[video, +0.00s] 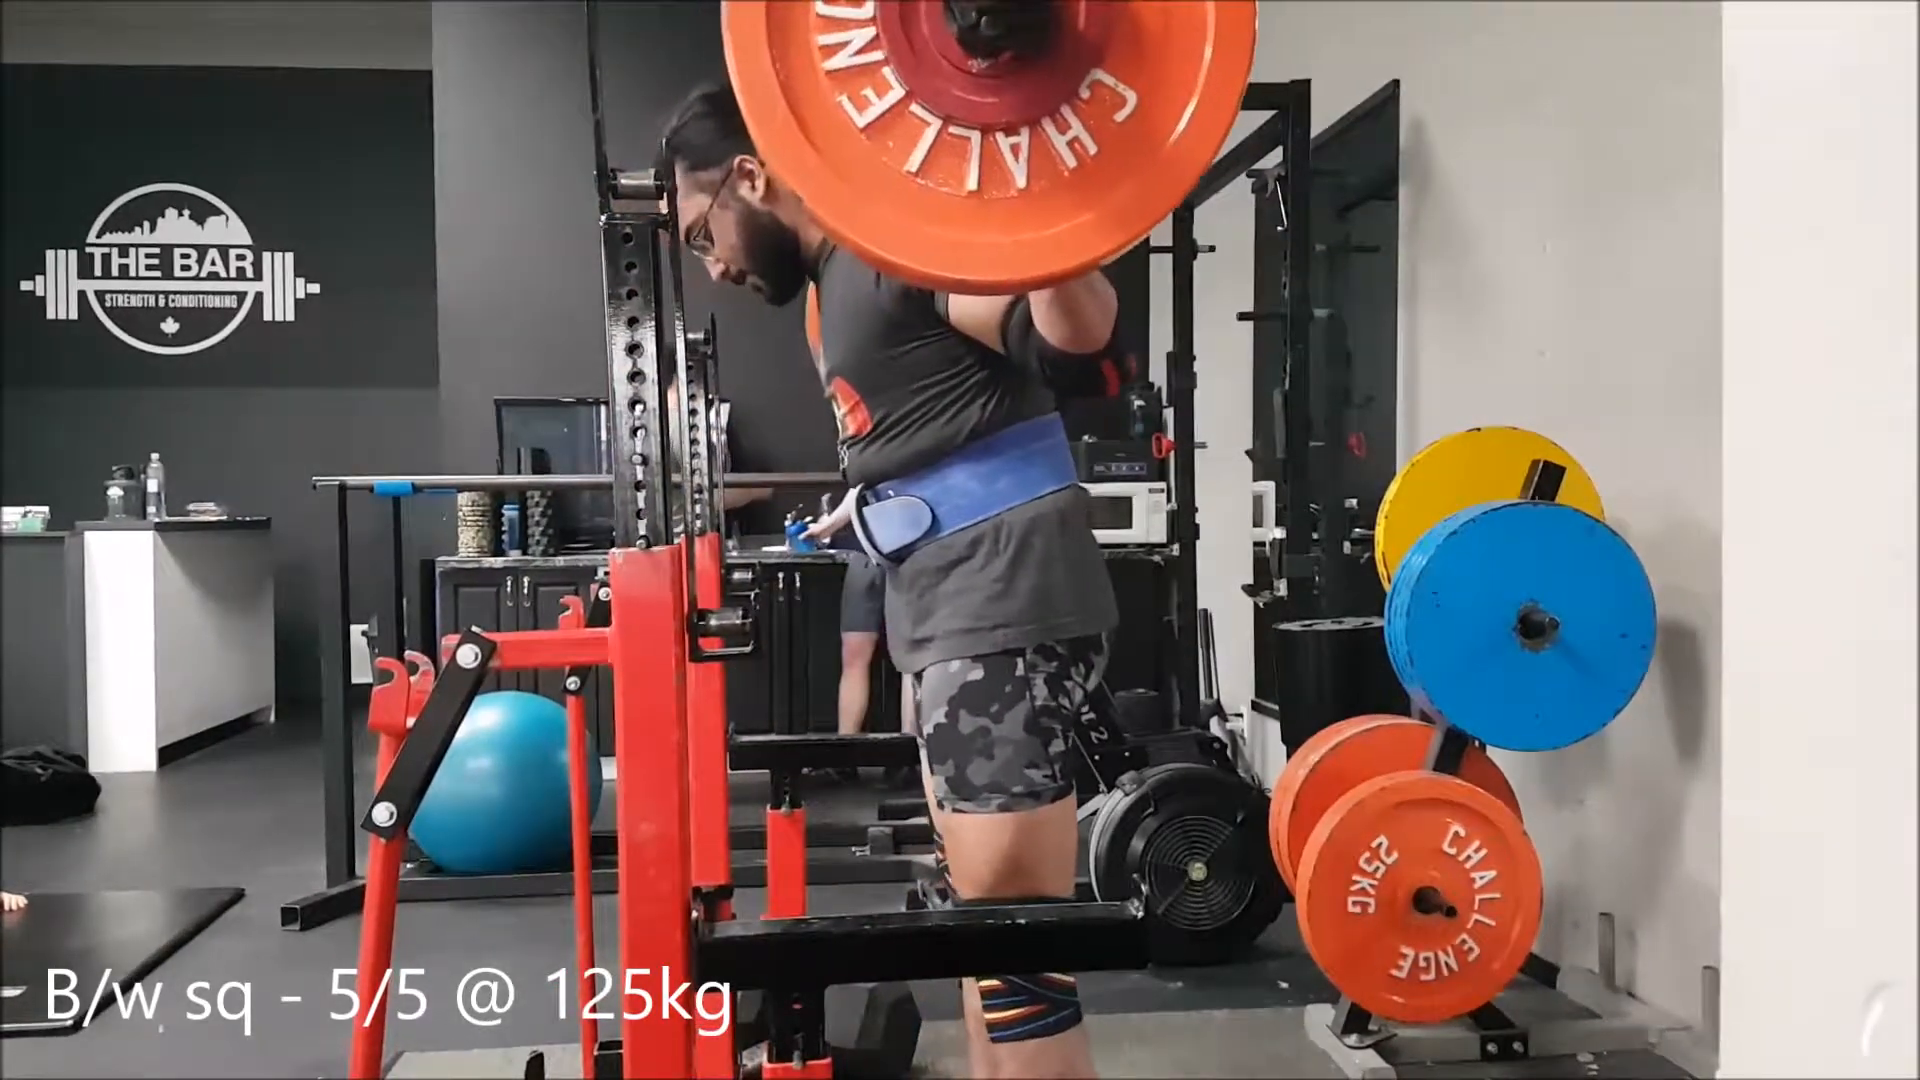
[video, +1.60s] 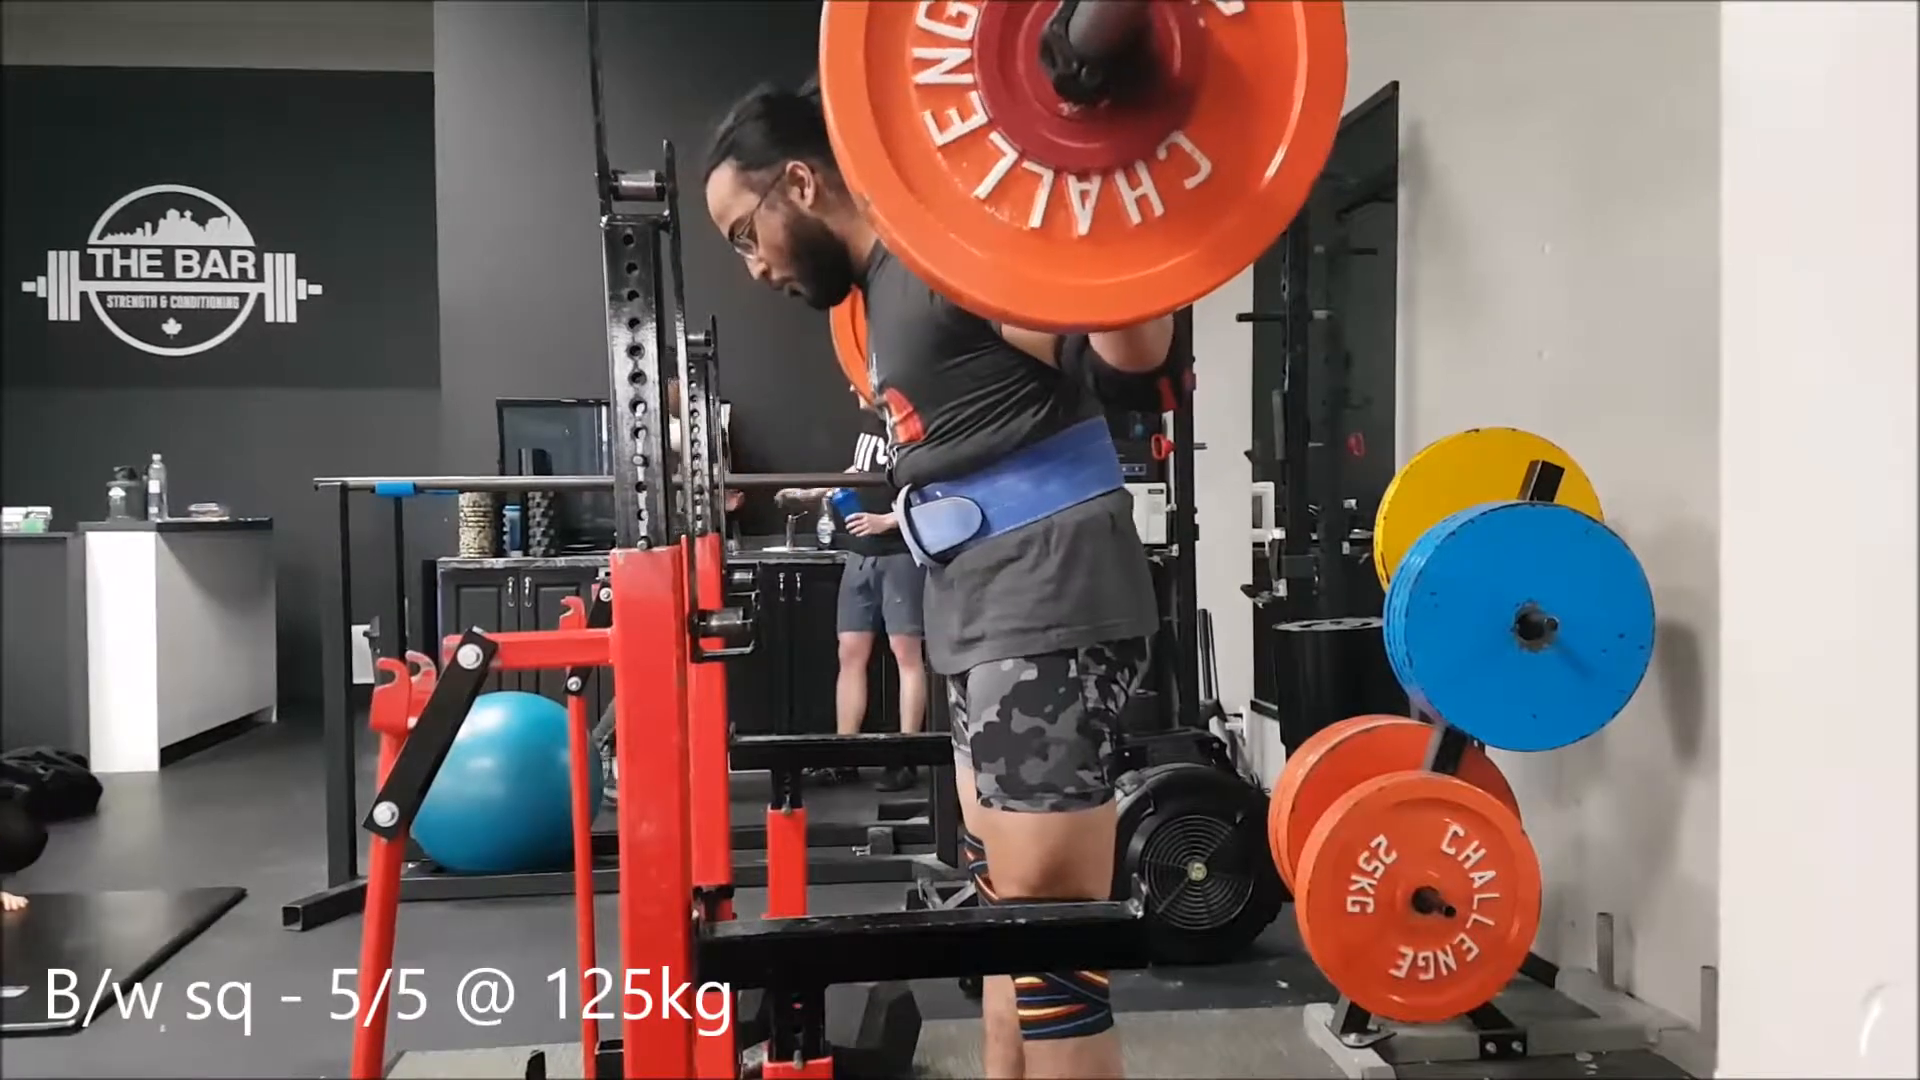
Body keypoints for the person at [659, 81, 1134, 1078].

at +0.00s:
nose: (711, 267)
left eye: (704, 234)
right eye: (694, 246)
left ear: (752, 171)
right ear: (745, 181)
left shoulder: (900, 239)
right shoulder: (835, 282)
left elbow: (1081, 327)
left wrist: (1043, 179)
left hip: (1006, 604)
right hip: (943, 609)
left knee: (1017, 942)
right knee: (983, 934)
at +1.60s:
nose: (754, 266)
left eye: (747, 231)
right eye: (737, 245)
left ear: (806, 179)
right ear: (801, 189)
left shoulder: (942, 235)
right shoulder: (883, 285)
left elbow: (1137, 341)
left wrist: (1135, 166)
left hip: (1052, 605)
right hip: (986, 610)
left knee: (1048, 944)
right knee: (1005, 934)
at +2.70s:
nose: (748, 301)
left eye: (743, 270)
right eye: (732, 284)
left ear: (795, 214)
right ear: (795, 224)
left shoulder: (924, 286)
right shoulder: (865, 333)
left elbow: (1116, 417)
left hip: (1080, 610)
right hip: (1000, 627)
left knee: (959, 946)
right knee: (928, 858)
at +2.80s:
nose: (743, 341)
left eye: (736, 312)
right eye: (727, 326)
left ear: (790, 257)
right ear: (789, 265)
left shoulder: (915, 325)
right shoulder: (854, 382)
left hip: (1097, 644)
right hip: (1011, 662)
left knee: (957, 950)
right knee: (923, 860)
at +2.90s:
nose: (737, 394)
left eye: (731, 365)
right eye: (722, 378)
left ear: (787, 312)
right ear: (784, 320)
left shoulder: (900, 365)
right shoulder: (849, 421)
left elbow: (1038, 281)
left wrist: (1125, 208)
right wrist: (814, 500)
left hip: (1119, 683)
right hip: (1027, 691)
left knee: (948, 999)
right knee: (915, 866)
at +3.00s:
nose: (740, 449)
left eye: (730, 416)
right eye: (724, 429)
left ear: (781, 364)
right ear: (783, 368)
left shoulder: (918, 411)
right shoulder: (855, 444)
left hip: (1126, 721)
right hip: (1023, 723)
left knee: (938, 1005)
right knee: (905, 868)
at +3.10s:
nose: (733, 508)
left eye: (726, 478)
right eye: (719, 490)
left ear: (775, 430)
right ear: (770, 436)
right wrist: (773, 692)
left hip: (1136, 756)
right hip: (1040, 742)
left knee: (924, 1014)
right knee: (897, 870)